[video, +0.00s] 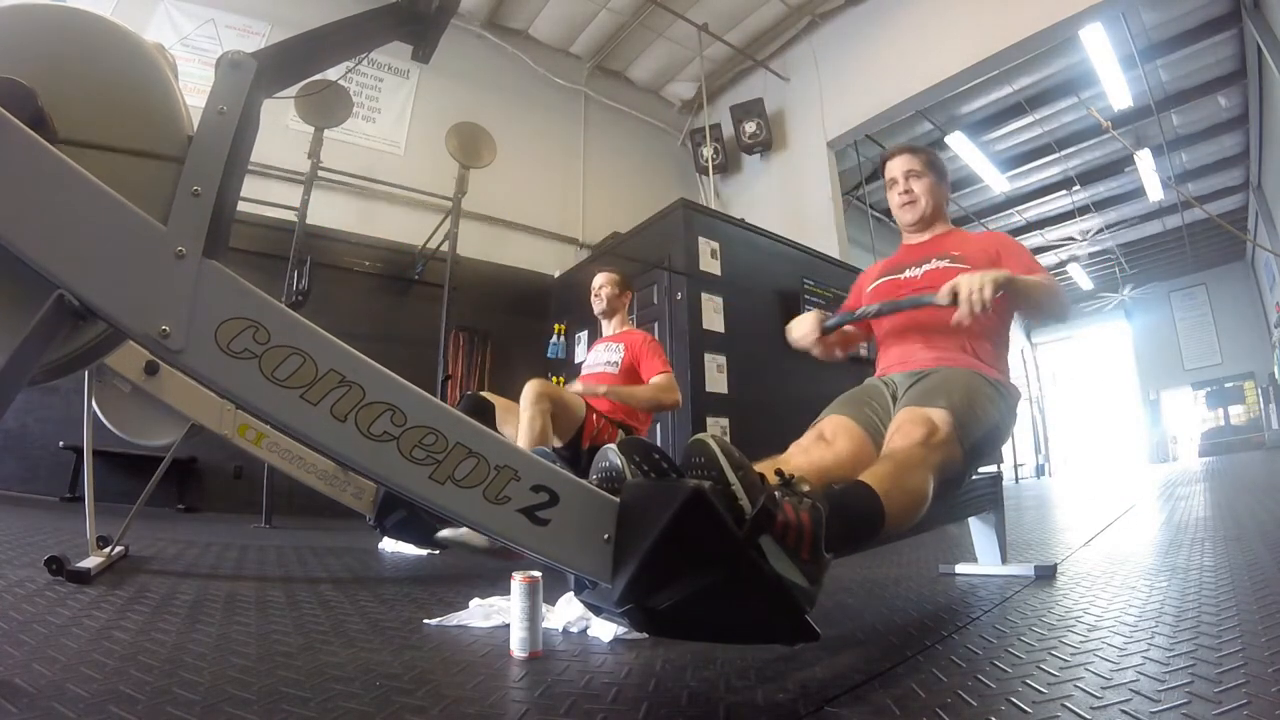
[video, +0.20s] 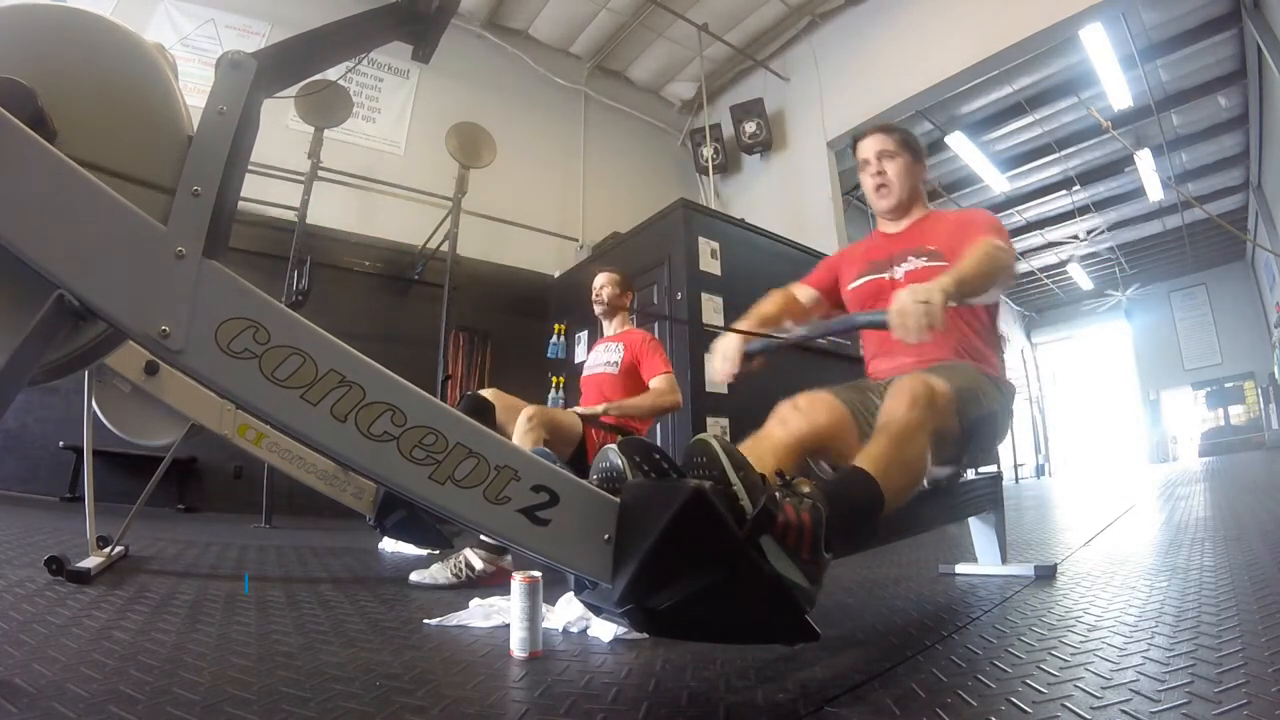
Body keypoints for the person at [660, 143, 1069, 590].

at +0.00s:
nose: (902, 190)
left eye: (913, 178)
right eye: (892, 184)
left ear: (942, 186)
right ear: (888, 200)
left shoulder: (990, 246)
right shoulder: (874, 273)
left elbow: (1054, 303)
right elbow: (843, 345)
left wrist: (1005, 279)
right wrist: (811, 340)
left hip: (963, 374)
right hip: (882, 385)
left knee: (919, 434)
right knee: (823, 441)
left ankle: (820, 526)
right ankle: (697, 490)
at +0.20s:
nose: (875, 172)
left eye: (887, 158)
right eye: (865, 166)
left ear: (919, 167)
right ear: (860, 184)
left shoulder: (967, 222)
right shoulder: (848, 260)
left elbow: (998, 261)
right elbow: (794, 300)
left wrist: (942, 287)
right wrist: (741, 332)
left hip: (972, 382)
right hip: (882, 392)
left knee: (913, 393)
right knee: (795, 414)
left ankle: (822, 518)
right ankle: (698, 496)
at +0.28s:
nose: (861, 164)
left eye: (874, 150)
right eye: (851, 158)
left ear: (908, 159)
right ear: (846, 176)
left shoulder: (959, 213)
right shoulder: (835, 253)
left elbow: (962, 252)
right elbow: (781, 290)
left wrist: (919, 284)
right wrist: (717, 327)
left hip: (969, 389)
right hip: (878, 394)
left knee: (908, 378)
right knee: (781, 404)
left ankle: (820, 512)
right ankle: (699, 504)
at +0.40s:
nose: (828, 147)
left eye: (842, 132)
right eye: (818, 141)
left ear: (880, 141)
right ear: (814, 159)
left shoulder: (931, 195)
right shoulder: (808, 239)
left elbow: (921, 228)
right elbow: (741, 274)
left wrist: (871, 259)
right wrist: (659, 321)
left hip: (950, 397)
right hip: (855, 398)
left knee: (893, 335)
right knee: (754, 369)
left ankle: (814, 512)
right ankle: (696, 496)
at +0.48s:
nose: (809, 137)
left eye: (824, 122)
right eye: (799, 131)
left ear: (864, 132)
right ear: (795, 150)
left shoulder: (919, 187)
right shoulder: (793, 232)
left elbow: (901, 216)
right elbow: (716, 267)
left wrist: (844, 247)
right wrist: (633, 315)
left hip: (941, 392)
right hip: (839, 396)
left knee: (881, 314)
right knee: (732, 357)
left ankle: (815, 514)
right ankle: (696, 495)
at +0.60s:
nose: (767, 119)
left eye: (782, 101)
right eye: (755, 113)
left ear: (828, 109)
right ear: (753, 137)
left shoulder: (888, 165)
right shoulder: (756, 222)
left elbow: (847, 198)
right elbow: (664, 264)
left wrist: (757, 226)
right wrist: (561, 311)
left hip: (918, 398)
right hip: (810, 400)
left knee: (857, 272)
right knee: (694, 334)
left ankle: (809, 512)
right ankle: (682, 505)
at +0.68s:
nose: (743, 108)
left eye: (759, 90)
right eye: (732, 103)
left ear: (808, 100)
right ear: (729, 128)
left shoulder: (873, 156)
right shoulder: (730, 226)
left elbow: (831, 178)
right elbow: (636, 272)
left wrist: (729, 206)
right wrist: (531, 309)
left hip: (903, 399)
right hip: (791, 401)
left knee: (841, 258)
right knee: (675, 326)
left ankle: (807, 507)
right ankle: (681, 500)